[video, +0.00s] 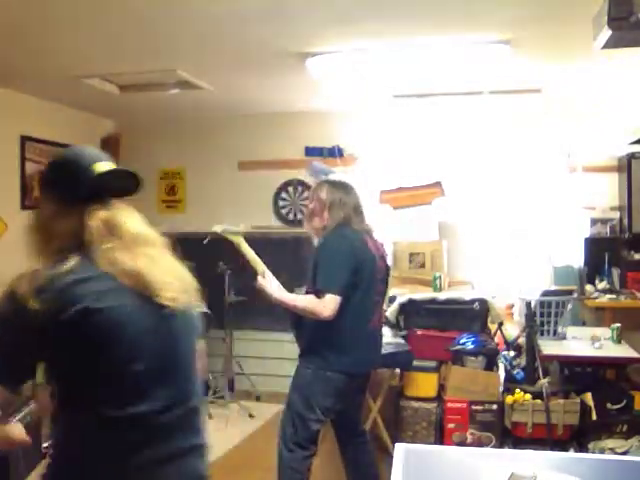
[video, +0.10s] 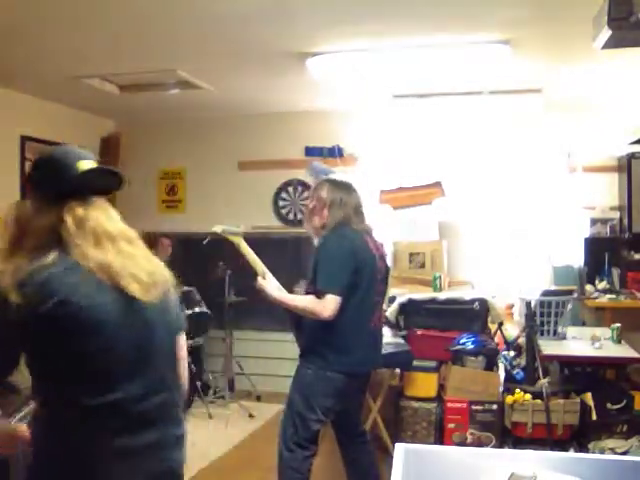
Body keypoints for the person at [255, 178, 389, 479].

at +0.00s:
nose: (308, 207)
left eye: (313, 201)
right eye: (309, 200)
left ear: (330, 207)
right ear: (349, 207)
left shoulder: (338, 241)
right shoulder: (367, 242)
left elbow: (326, 307)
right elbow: (361, 305)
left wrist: (280, 295)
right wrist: (310, 297)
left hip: (327, 362)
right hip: (358, 361)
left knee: (296, 445)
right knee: (352, 433)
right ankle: (368, 476)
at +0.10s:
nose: (307, 207)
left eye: (314, 201)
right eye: (309, 200)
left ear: (330, 207)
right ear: (349, 207)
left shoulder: (337, 241)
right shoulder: (366, 241)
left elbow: (326, 308)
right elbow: (360, 304)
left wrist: (279, 295)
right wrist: (311, 294)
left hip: (327, 362)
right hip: (358, 361)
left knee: (296, 446)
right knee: (352, 434)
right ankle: (368, 476)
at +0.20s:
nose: (309, 211)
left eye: (314, 204)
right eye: (310, 204)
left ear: (329, 209)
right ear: (351, 207)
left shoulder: (338, 243)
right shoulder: (367, 241)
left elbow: (326, 308)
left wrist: (279, 294)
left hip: (327, 363)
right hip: (358, 361)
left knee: (296, 445)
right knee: (352, 434)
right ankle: (368, 476)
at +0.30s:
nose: (307, 210)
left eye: (312, 203)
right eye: (308, 203)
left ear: (327, 208)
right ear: (349, 207)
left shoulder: (338, 242)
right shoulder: (366, 242)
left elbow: (326, 308)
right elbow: (360, 304)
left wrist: (279, 295)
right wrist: (312, 296)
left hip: (327, 363)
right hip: (357, 362)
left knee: (296, 445)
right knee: (351, 433)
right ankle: (368, 476)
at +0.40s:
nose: (306, 210)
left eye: (311, 203)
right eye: (308, 203)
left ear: (327, 209)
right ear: (351, 208)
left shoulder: (337, 242)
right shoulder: (367, 242)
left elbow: (326, 308)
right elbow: (360, 305)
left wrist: (279, 296)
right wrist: (309, 297)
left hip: (326, 363)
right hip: (357, 363)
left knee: (295, 447)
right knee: (352, 435)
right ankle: (368, 476)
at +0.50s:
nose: (308, 212)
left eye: (313, 205)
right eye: (310, 205)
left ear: (328, 210)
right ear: (351, 208)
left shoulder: (338, 243)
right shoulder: (367, 243)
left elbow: (325, 308)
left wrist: (278, 295)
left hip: (325, 364)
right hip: (356, 364)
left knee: (294, 447)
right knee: (352, 436)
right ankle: (368, 476)